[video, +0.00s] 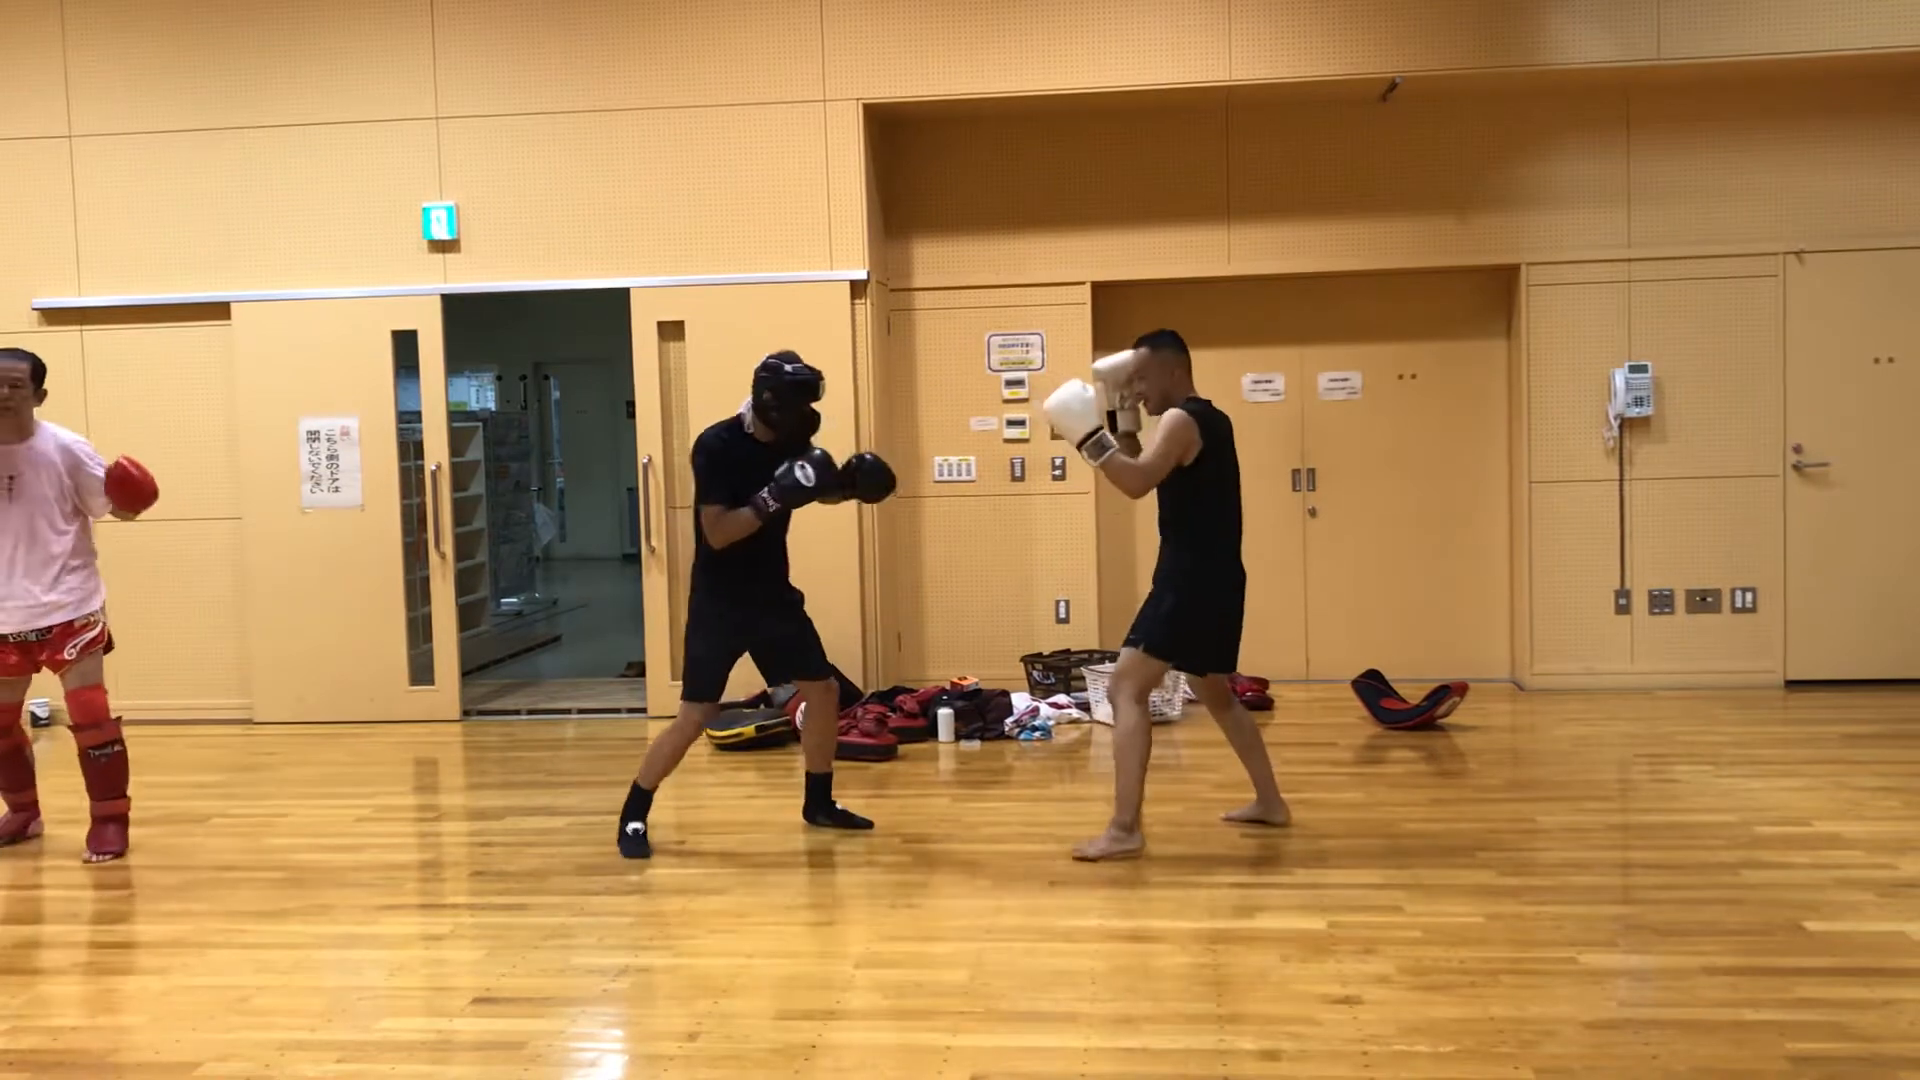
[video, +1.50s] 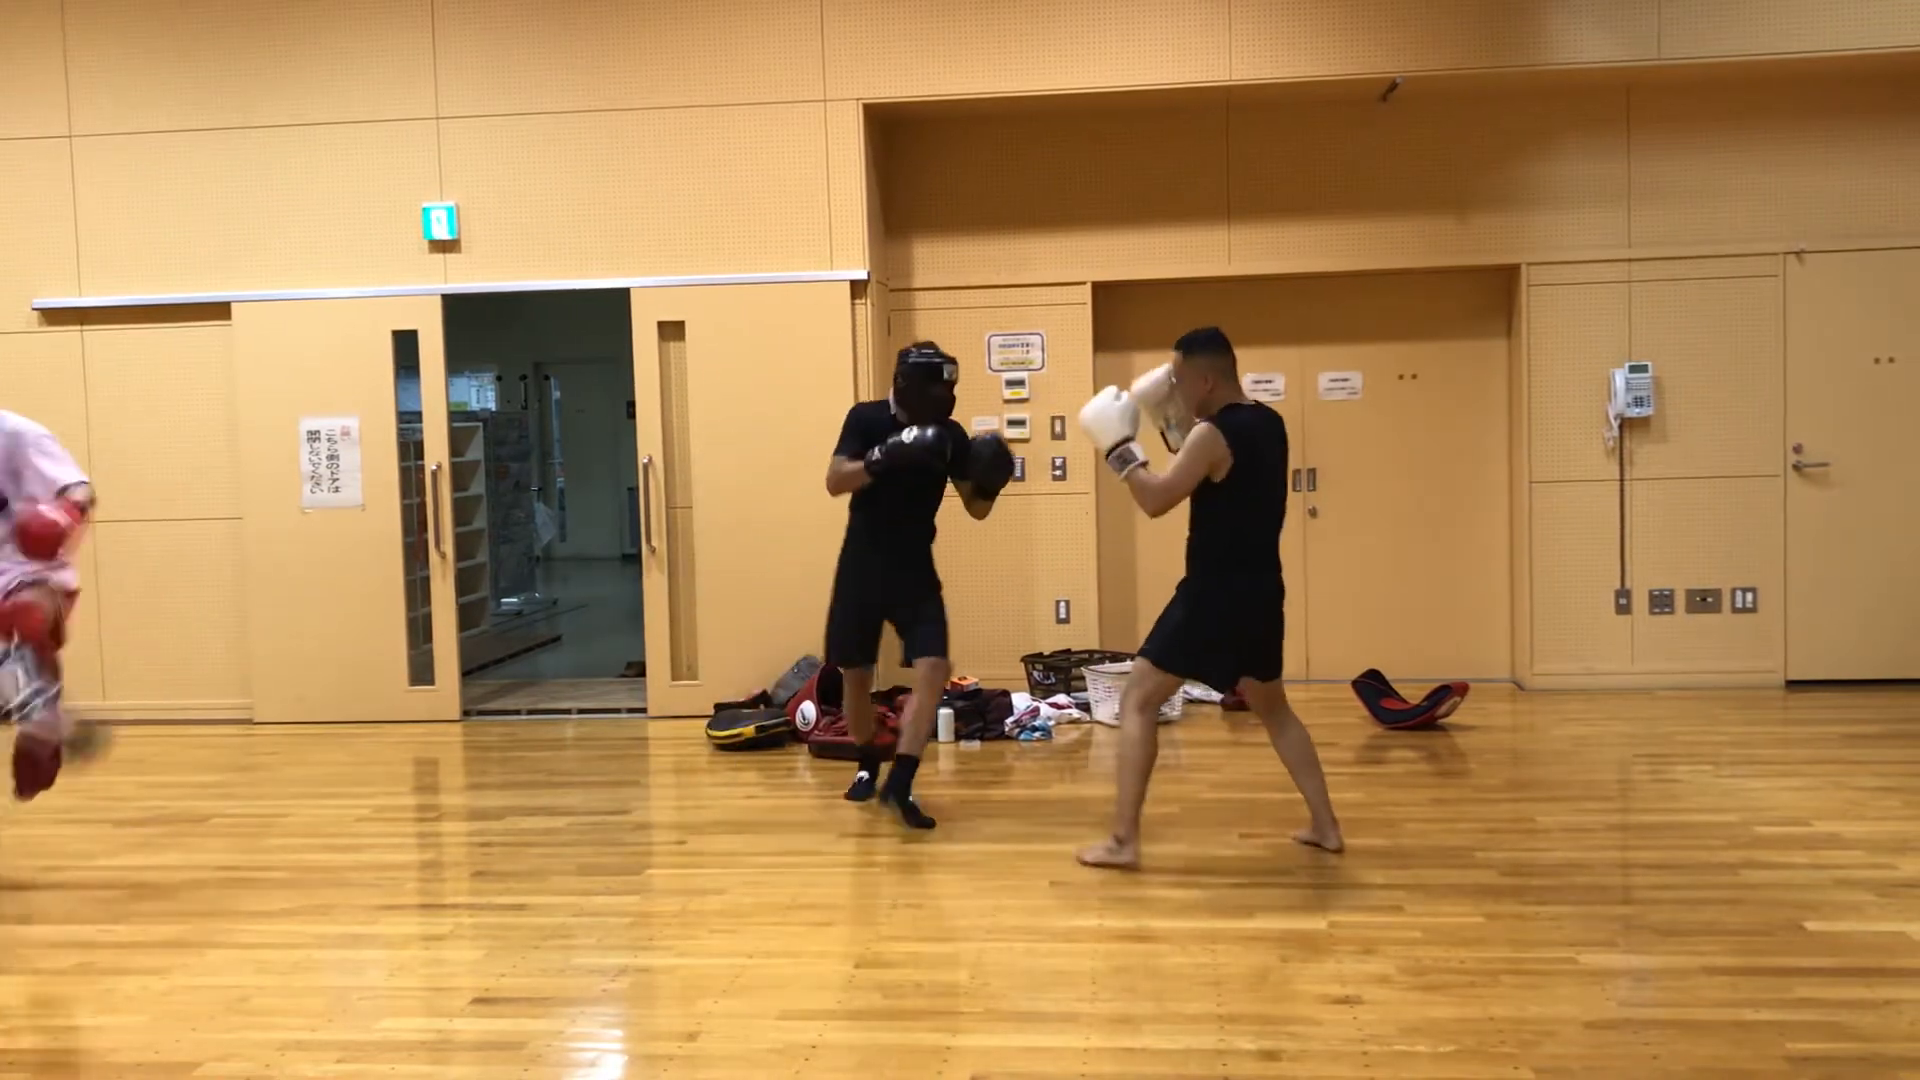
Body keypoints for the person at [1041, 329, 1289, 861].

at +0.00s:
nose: (1137, 392)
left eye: (1142, 380)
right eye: (1135, 382)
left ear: (1171, 371)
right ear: (1182, 375)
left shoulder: (1183, 421)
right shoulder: (1211, 420)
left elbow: (1134, 484)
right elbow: (1140, 475)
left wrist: (1088, 434)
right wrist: (1116, 420)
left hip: (1187, 585)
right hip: (1219, 582)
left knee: (1127, 686)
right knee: (1217, 693)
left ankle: (1124, 828)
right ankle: (1271, 802)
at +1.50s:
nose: (1179, 392)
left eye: (1182, 381)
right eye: (1177, 381)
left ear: (1207, 378)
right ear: (1230, 375)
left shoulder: (1212, 434)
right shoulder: (1271, 424)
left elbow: (1154, 498)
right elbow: (1219, 480)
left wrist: (1120, 449)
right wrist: (1173, 422)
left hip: (1209, 598)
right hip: (1263, 597)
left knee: (1139, 699)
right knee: (1274, 707)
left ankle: (1123, 839)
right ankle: (1325, 824)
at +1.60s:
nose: (1178, 397)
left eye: (1181, 387)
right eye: (1176, 387)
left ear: (1204, 383)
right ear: (1232, 378)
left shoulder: (1207, 441)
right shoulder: (1275, 427)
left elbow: (1154, 511)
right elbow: (1241, 484)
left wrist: (1112, 463)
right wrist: (1187, 435)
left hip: (1212, 601)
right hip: (1269, 600)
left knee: (1140, 708)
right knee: (1277, 706)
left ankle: (1155, 845)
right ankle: (1327, 827)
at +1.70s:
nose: (1171, 395)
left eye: (1172, 385)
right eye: (1169, 385)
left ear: (1190, 383)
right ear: (1224, 375)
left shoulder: (1195, 446)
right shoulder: (1273, 428)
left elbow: (1143, 517)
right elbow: (1244, 484)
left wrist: (1103, 471)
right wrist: (1184, 443)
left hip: (1211, 604)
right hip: (1270, 602)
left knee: (1150, 715)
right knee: (1281, 708)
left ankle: (1166, 852)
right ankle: (1328, 828)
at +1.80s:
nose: (1147, 399)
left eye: (1148, 388)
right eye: (1146, 389)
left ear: (1162, 386)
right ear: (1199, 377)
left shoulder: (1168, 448)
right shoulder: (1258, 423)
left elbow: (1124, 522)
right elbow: (1228, 492)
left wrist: (1088, 483)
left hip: (1208, 601)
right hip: (1269, 595)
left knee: (1154, 722)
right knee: (1289, 710)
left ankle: (1166, 863)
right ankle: (1329, 827)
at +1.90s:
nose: (1135, 398)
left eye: (1133, 388)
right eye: (1133, 388)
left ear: (1144, 387)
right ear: (1185, 373)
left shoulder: (1156, 442)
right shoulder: (1245, 415)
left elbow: (1112, 520)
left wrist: (1080, 476)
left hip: (1202, 603)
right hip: (1270, 595)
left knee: (1154, 721)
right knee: (1298, 710)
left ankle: (1165, 863)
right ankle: (1333, 836)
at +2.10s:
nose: (1157, 380)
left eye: (1157, 371)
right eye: (1158, 371)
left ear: (1165, 371)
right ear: (1212, 361)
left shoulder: (1167, 430)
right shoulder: (1270, 409)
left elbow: (1114, 501)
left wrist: (1102, 454)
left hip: (1205, 602)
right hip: (1277, 596)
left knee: (1166, 721)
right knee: (1312, 718)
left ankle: (1164, 864)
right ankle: (1337, 845)